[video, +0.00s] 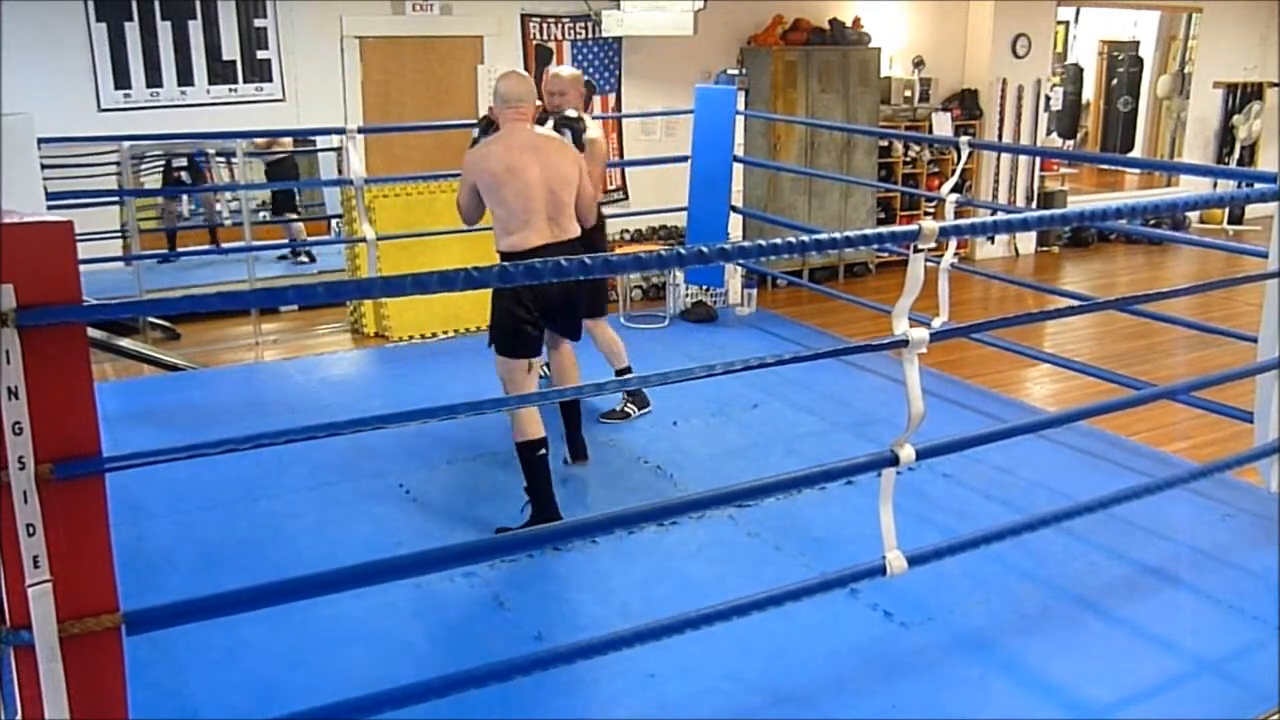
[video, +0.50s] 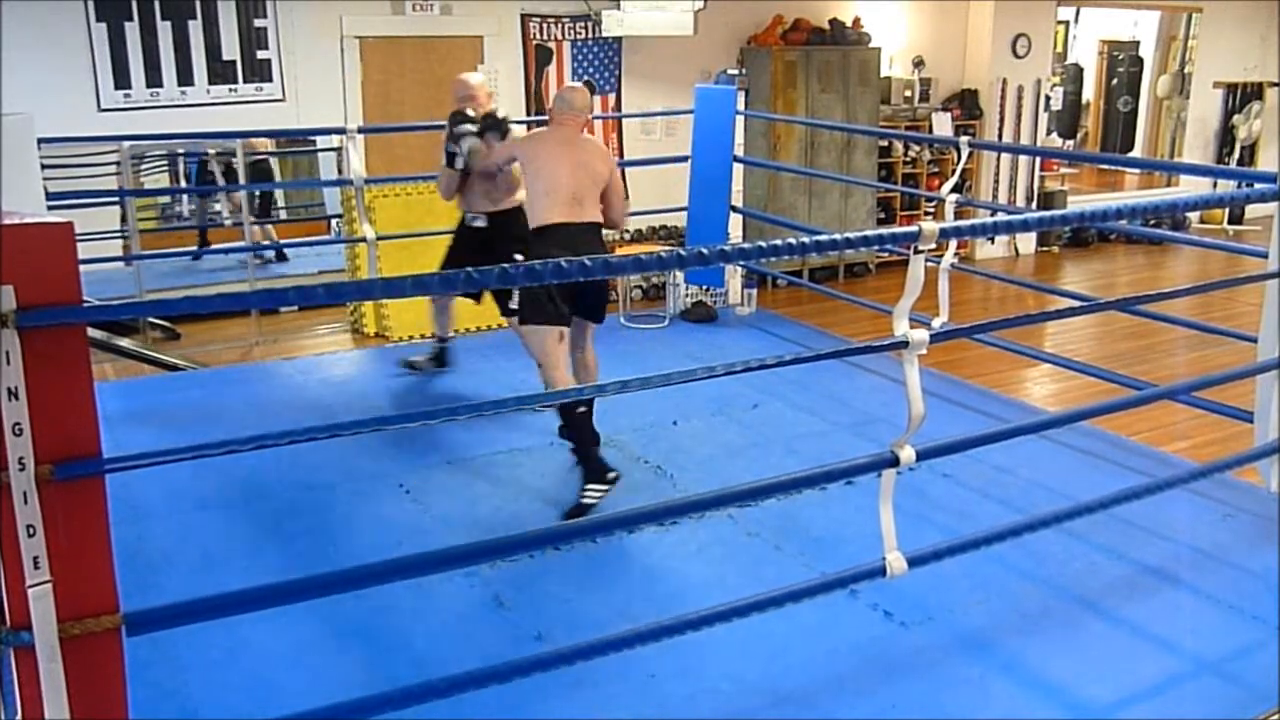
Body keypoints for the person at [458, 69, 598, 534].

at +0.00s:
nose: (495, 112)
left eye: (493, 105)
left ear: (495, 108)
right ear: (538, 106)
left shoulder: (480, 154)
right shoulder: (566, 149)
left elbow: (469, 213)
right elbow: (587, 216)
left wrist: (487, 161)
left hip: (518, 272)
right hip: (568, 263)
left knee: (519, 389)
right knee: (561, 342)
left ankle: (544, 508)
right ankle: (575, 442)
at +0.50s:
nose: (555, 113)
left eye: (553, 107)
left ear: (551, 111)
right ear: (586, 117)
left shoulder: (526, 144)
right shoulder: (602, 155)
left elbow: (488, 160)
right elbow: (617, 218)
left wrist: (479, 132)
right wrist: (582, 203)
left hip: (545, 252)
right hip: (592, 251)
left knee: (553, 365)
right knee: (582, 345)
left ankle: (595, 469)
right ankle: (582, 425)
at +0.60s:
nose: (543, 114)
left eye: (546, 109)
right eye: (551, 109)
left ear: (550, 114)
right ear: (583, 119)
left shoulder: (528, 149)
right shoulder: (600, 154)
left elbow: (490, 176)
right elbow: (621, 214)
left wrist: (486, 156)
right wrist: (590, 194)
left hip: (547, 253)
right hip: (592, 251)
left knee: (566, 361)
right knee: (587, 344)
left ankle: (607, 463)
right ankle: (583, 423)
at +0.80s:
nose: (523, 117)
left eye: (523, 112)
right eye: (528, 110)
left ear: (526, 113)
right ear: (560, 109)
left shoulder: (520, 150)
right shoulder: (591, 140)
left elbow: (506, 222)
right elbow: (618, 200)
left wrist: (501, 229)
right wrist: (581, 194)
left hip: (553, 246)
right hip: (598, 241)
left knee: (552, 359)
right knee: (587, 342)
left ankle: (604, 455)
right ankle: (581, 420)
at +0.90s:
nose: (505, 121)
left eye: (504, 115)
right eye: (505, 115)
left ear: (510, 113)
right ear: (541, 104)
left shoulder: (519, 148)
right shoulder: (577, 135)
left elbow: (514, 218)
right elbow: (608, 193)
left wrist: (489, 200)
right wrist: (563, 193)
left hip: (556, 245)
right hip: (596, 237)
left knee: (548, 357)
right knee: (581, 339)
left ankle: (594, 458)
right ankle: (582, 421)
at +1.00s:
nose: (496, 129)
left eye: (496, 121)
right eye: (494, 122)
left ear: (510, 114)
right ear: (529, 106)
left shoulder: (526, 150)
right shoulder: (567, 135)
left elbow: (507, 220)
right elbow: (555, 199)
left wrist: (484, 182)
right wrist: (501, 175)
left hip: (560, 252)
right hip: (588, 241)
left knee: (549, 362)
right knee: (568, 341)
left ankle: (585, 470)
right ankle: (585, 420)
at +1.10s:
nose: (486, 127)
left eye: (486, 118)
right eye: (486, 119)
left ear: (500, 115)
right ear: (521, 106)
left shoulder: (525, 155)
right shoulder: (557, 137)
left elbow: (505, 227)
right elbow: (543, 202)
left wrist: (481, 188)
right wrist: (498, 177)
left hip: (558, 256)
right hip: (579, 246)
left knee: (552, 364)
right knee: (556, 348)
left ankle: (587, 474)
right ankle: (578, 415)